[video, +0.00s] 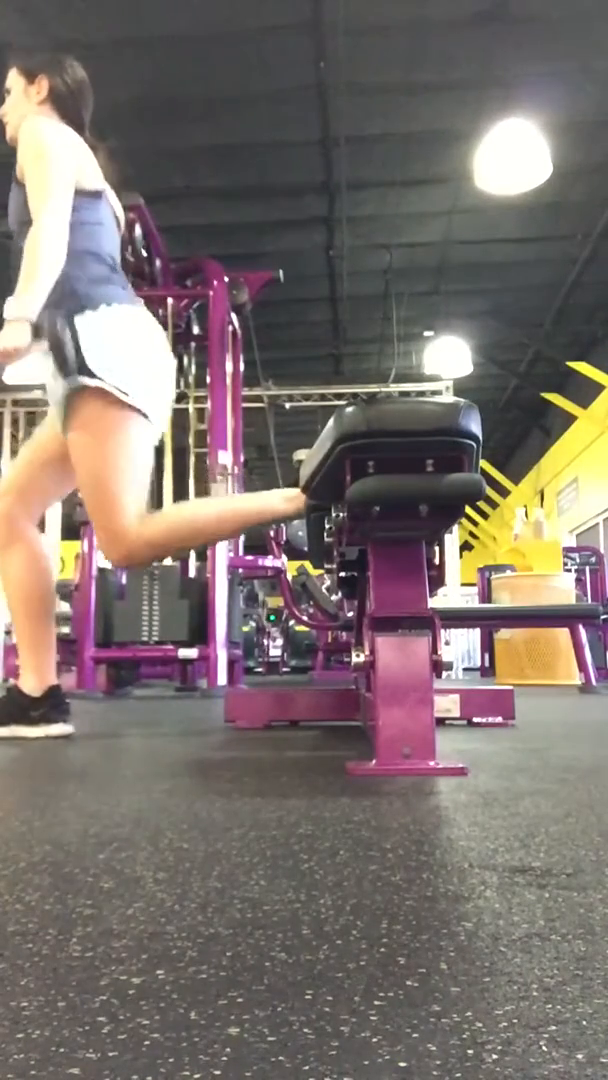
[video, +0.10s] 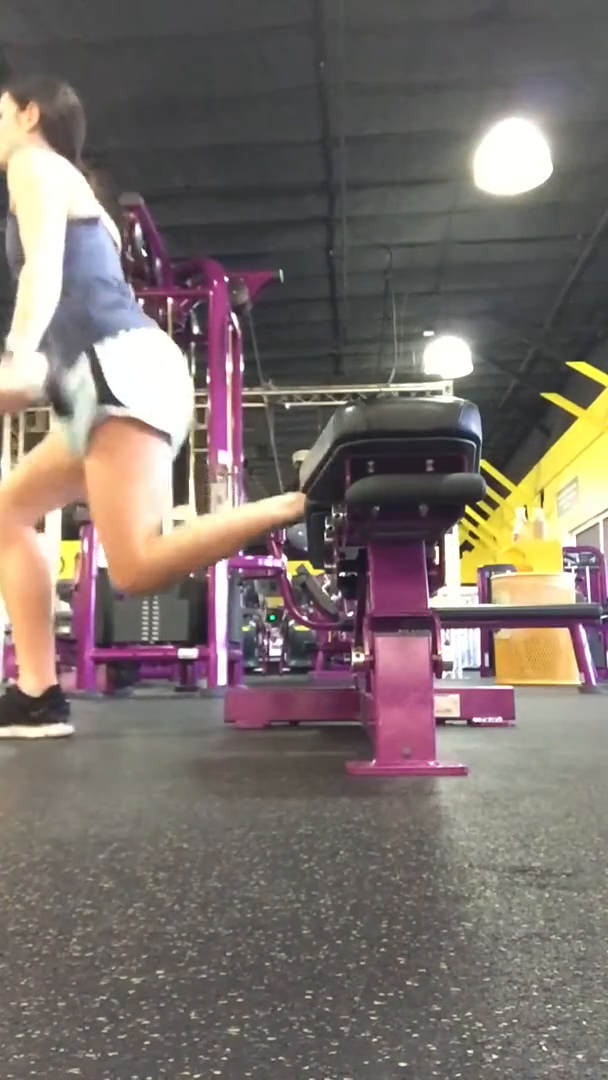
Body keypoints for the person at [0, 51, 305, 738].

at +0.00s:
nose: (5, 106)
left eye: (11, 93)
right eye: (6, 94)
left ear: (38, 90)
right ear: (54, 98)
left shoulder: (44, 133)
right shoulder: (69, 156)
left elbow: (50, 229)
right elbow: (77, 272)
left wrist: (18, 316)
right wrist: (26, 347)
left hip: (115, 344)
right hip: (103, 358)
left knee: (122, 537)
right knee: (14, 508)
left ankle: (304, 497)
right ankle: (37, 691)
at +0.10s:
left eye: (2, 109)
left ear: (25, 115)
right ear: (46, 123)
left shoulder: (34, 163)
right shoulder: (54, 180)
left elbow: (42, 259)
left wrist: (19, 350)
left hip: (126, 368)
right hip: (101, 392)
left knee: (135, 565)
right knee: (10, 508)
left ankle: (300, 502)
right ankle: (36, 691)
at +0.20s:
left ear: (19, 147)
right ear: (40, 155)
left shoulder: (27, 200)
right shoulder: (51, 217)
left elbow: (40, 298)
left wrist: (23, 398)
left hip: (143, 392)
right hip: (117, 414)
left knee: (148, 592)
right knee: (13, 512)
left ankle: (306, 499)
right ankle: (36, 691)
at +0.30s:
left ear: (14, 181)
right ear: (31, 187)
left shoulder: (25, 237)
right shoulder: (48, 248)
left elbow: (36, 344)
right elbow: (100, 384)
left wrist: (14, 447)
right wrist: (65, 462)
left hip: (159, 414)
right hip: (122, 435)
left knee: (168, 616)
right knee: (10, 516)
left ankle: (302, 501)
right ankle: (38, 692)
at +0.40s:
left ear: (12, 216)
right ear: (36, 222)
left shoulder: (23, 270)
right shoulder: (54, 283)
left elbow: (37, 382)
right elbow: (95, 436)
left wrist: (14, 481)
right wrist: (46, 505)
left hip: (173, 439)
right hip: (141, 454)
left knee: (186, 642)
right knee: (17, 517)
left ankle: (301, 508)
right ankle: (38, 693)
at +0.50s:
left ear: (6, 244)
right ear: (32, 249)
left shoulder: (22, 297)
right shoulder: (53, 307)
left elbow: (39, 405)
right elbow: (92, 448)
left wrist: (18, 513)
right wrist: (58, 533)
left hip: (183, 452)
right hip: (142, 470)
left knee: (202, 660)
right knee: (25, 514)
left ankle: (301, 512)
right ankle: (38, 693)